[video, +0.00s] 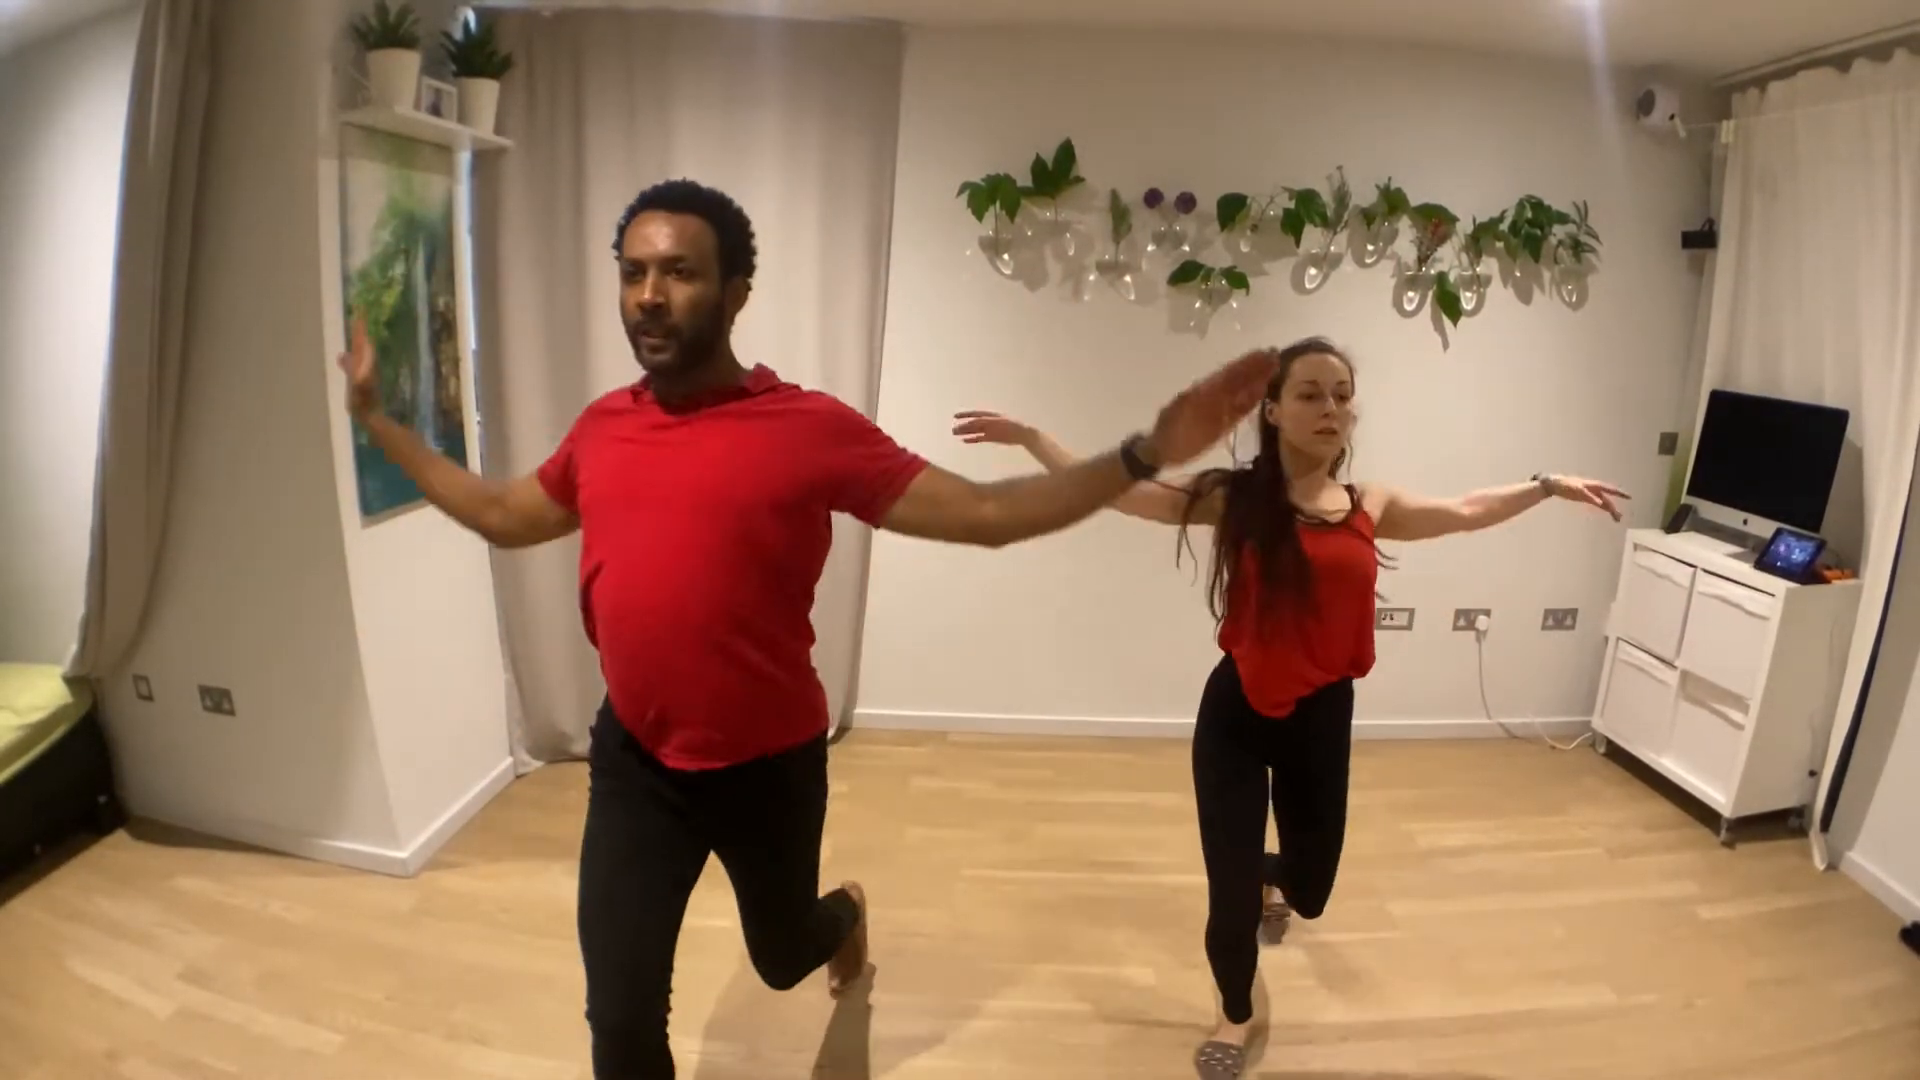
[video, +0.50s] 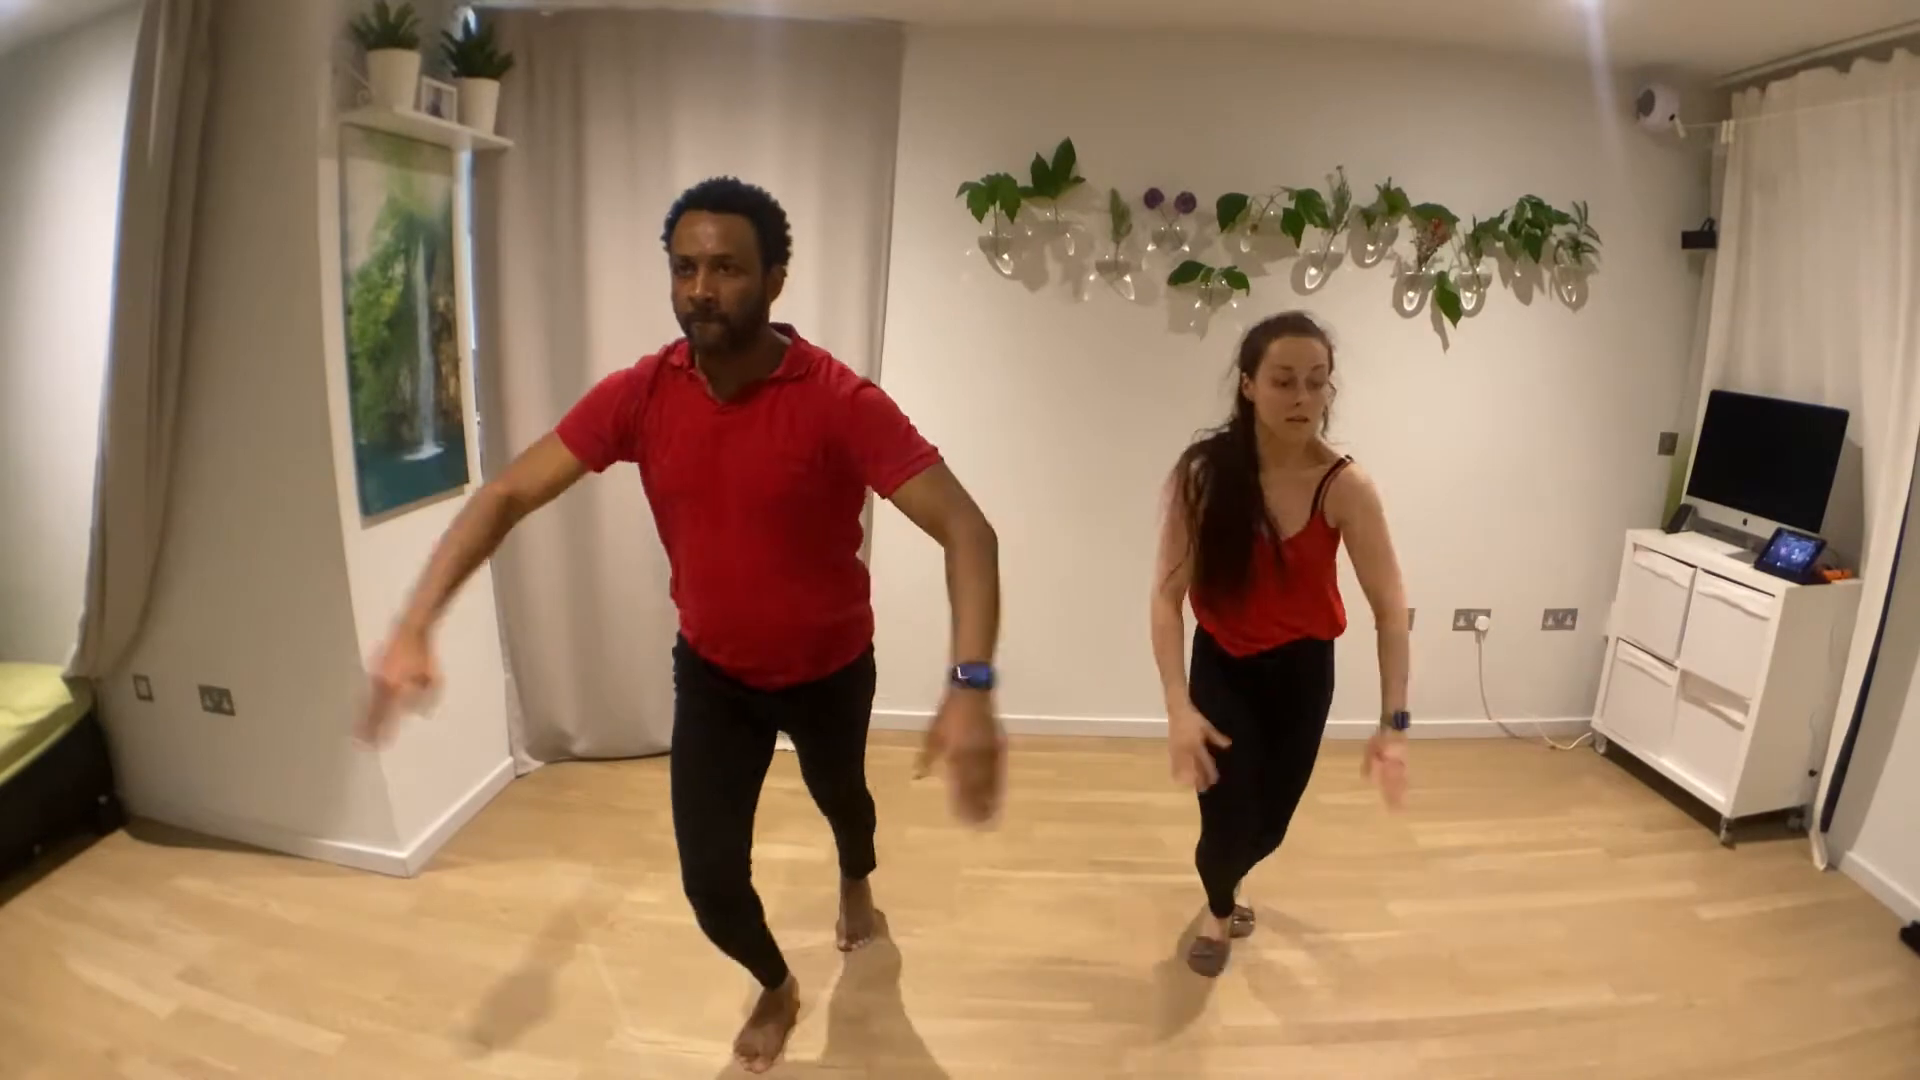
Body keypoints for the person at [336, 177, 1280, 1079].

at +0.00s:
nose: (647, 293)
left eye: (675, 272)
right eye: (633, 272)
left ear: (737, 291)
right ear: (617, 289)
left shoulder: (808, 430)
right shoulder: (607, 428)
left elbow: (986, 512)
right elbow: (505, 515)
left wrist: (1146, 466)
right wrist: (375, 422)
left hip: (767, 759)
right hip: (638, 756)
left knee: (781, 957)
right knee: (620, 1021)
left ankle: (848, 930)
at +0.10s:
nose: (652, 307)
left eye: (681, 285)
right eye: (639, 285)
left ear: (743, 302)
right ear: (627, 300)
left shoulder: (816, 445)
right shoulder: (605, 441)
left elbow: (980, 534)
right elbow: (494, 516)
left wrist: (1150, 532)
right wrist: (332, 470)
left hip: (781, 763)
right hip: (650, 759)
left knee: (802, 932)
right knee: (628, 1004)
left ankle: (850, 904)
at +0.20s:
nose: (668, 305)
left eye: (693, 283)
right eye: (653, 283)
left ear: (752, 298)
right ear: (641, 297)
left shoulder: (831, 434)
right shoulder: (617, 423)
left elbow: (980, 515)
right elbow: (467, 473)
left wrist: (1141, 559)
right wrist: (293, 470)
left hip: (803, 720)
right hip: (681, 719)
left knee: (816, 867)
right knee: (667, 952)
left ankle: (845, 897)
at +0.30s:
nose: (681, 300)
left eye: (709, 281)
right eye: (669, 279)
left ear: (767, 293)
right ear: (656, 290)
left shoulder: (836, 417)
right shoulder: (627, 409)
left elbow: (977, 500)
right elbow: (458, 452)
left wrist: (1123, 571)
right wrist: (302, 472)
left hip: (827, 692)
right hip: (707, 694)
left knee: (839, 818)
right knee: (690, 922)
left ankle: (856, 891)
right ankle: (684, 1076)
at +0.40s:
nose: (698, 295)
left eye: (723, 275)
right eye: (683, 274)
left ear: (772, 288)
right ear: (665, 285)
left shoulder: (837, 406)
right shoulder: (630, 400)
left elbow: (956, 509)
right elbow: (474, 468)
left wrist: (1061, 602)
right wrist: (322, 519)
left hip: (832, 667)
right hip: (717, 669)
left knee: (846, 796)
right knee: (692, 892)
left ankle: (855, 887)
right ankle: (741, 1047)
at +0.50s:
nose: (700, 290)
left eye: (725, 268)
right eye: (685, 269)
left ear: (775, 283)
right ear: (669, 279)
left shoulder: (836, 401)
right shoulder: (640, 396)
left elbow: (967, 530)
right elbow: (506, 496)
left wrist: (971, 684)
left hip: (830, 667)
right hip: (716, 670)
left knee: (843, 796)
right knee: (714, 894)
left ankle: (858, 884)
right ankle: (776, 986)